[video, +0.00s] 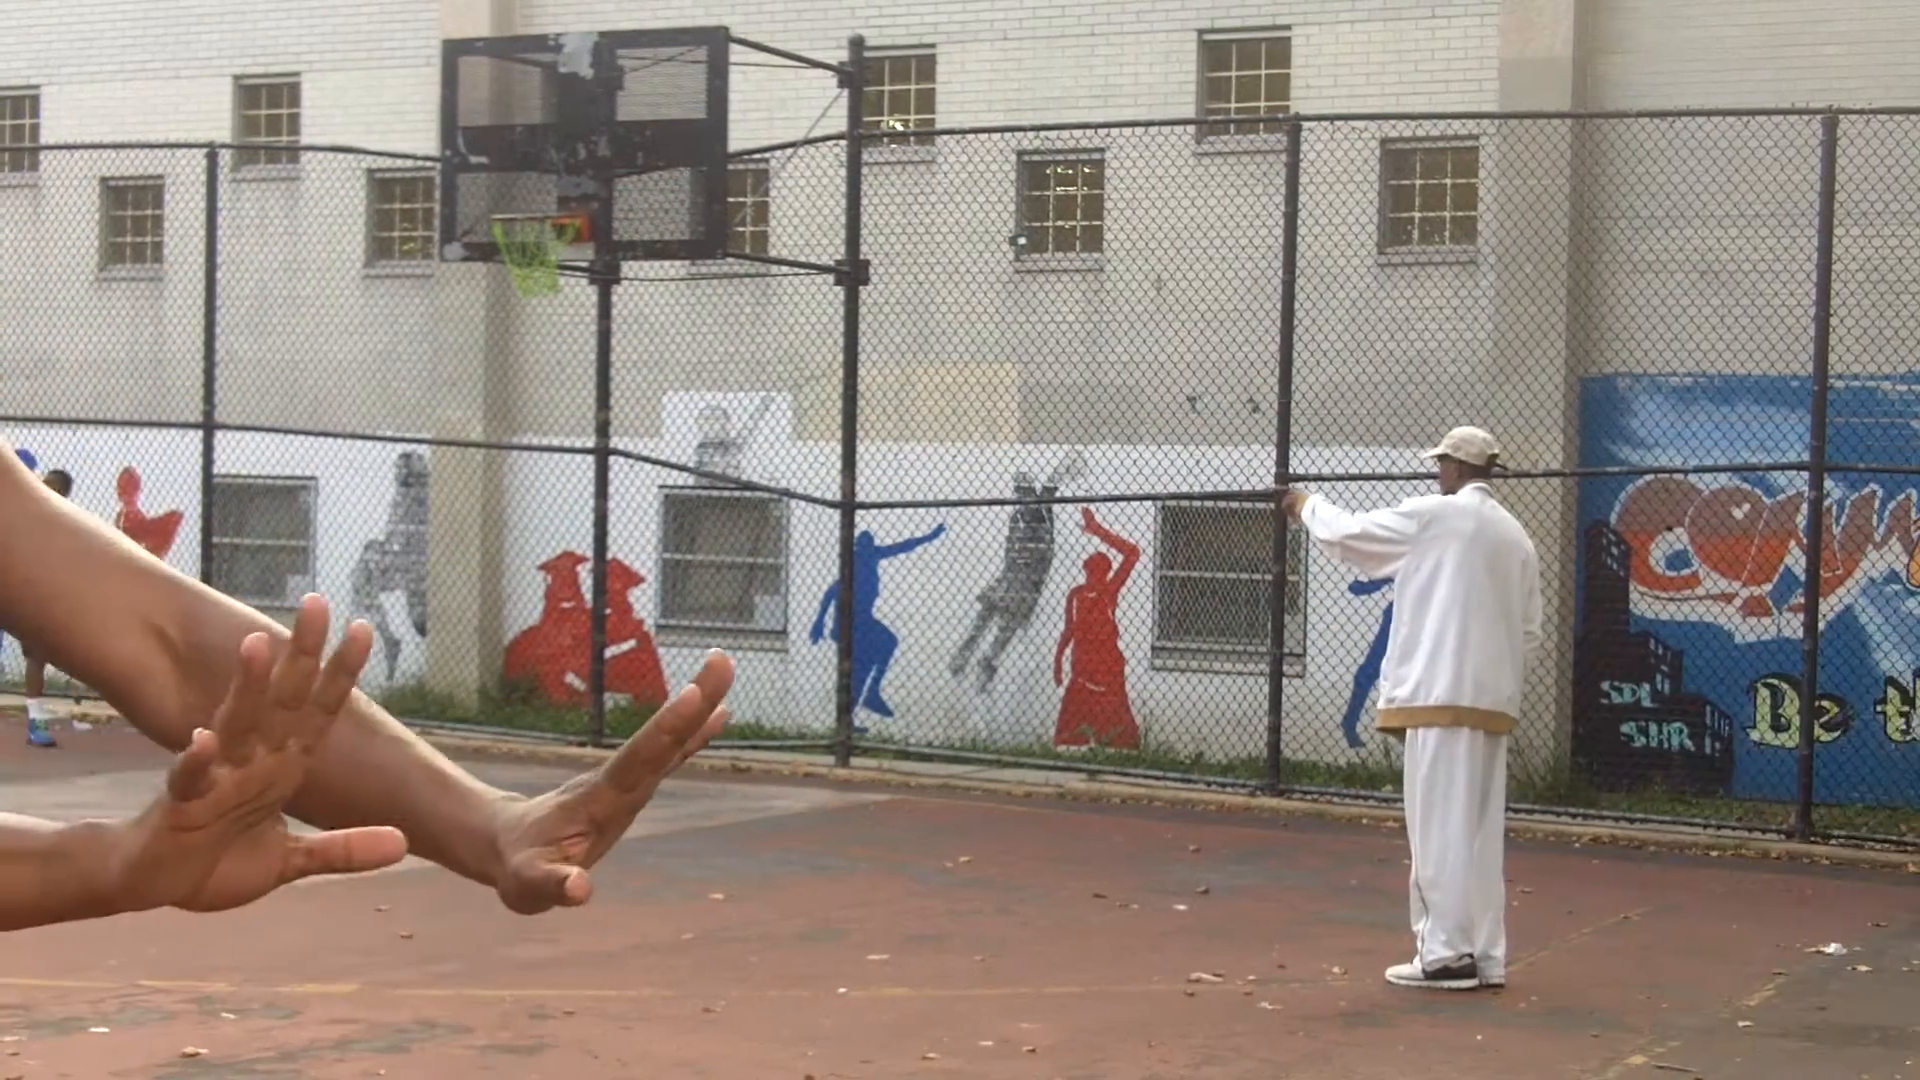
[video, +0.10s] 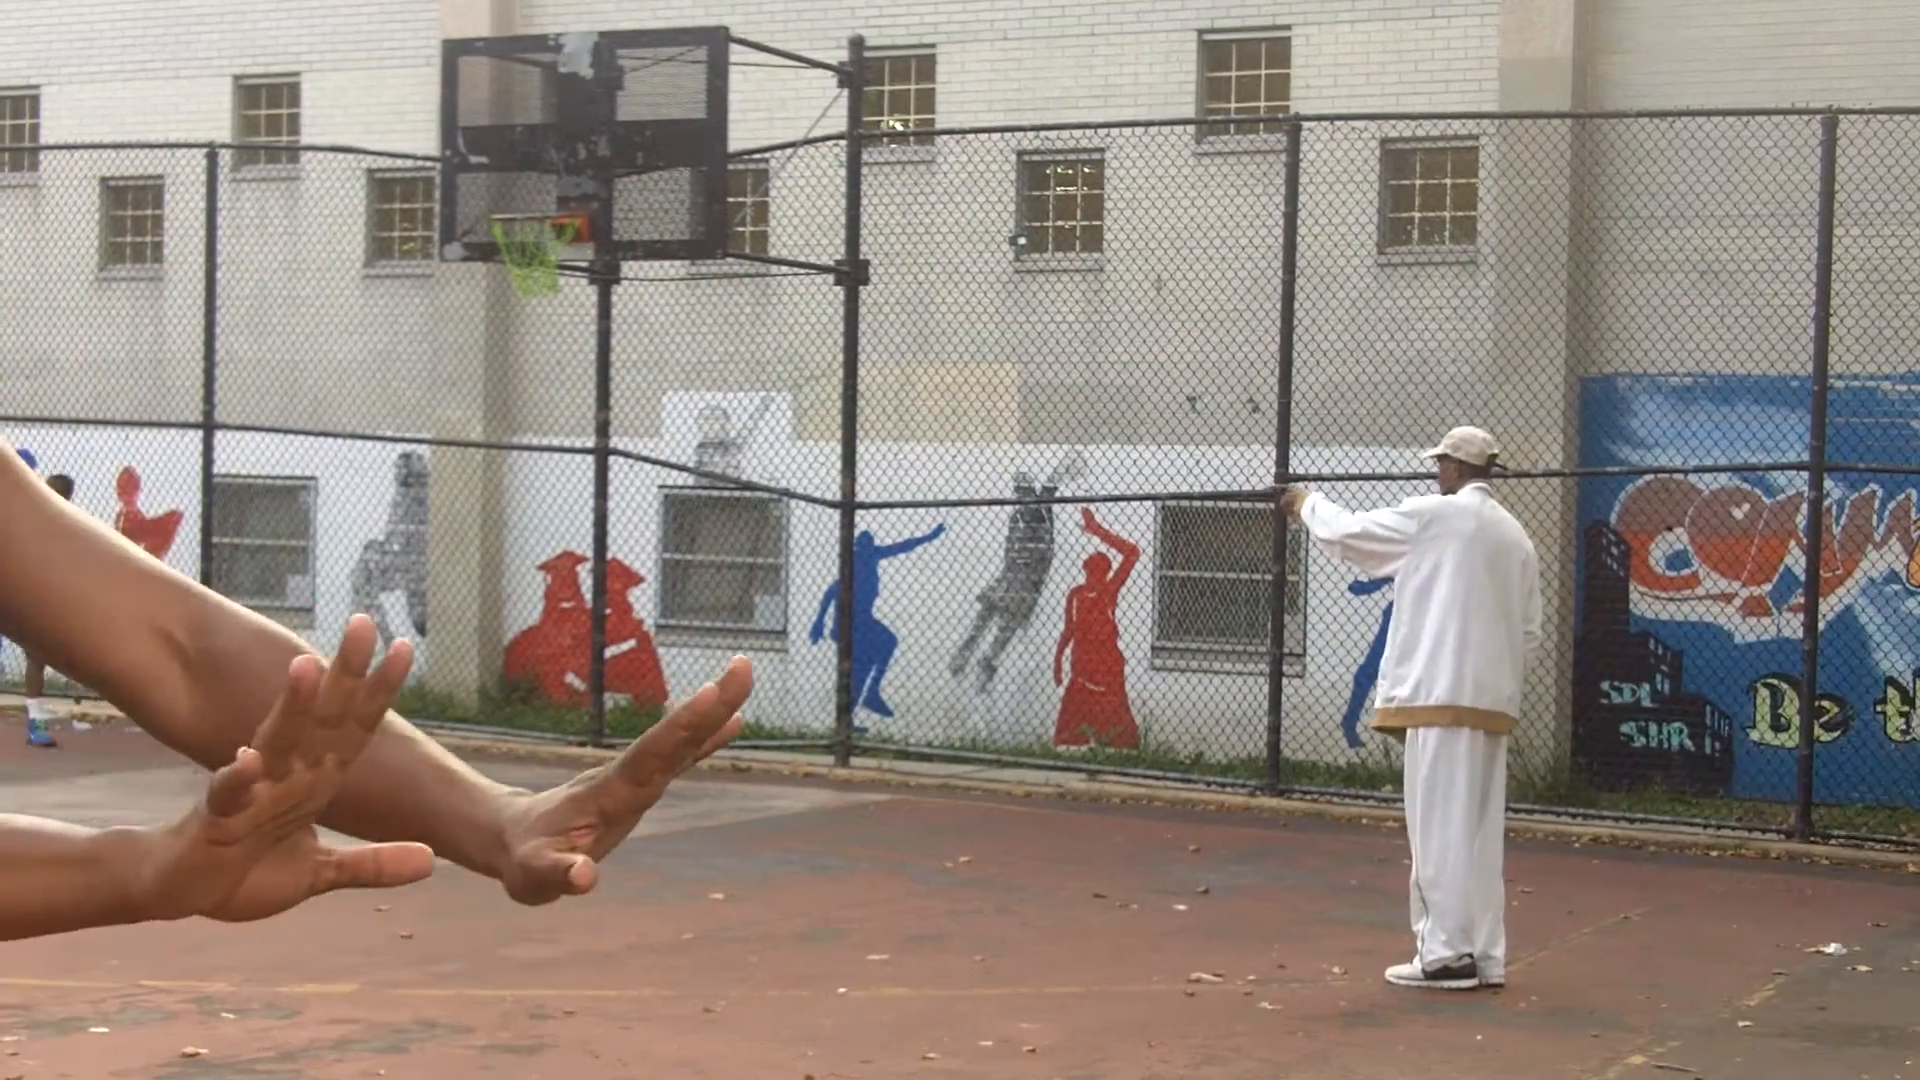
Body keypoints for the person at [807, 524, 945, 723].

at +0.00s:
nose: (867, 551)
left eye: (870, 547)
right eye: (864, 547)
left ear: (874, 547)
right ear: (857, 548)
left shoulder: (874, 556)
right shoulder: (854, 567)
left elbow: (902, 547)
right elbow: (832, 591)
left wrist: (929, 537)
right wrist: (818, 622)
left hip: (866, 621)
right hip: (848, 625)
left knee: (888, 642)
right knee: (863, 662)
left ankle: (873, 692)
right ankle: (845, 716)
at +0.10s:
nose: (868, 551)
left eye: (870, 547)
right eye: (864, 547)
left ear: (874, 547)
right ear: (857, 548)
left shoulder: (874, 556)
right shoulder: (853, 567)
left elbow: (902, 547)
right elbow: (832, 591)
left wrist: (928, 537)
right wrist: (818, 622)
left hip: (866, 621)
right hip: (848, 625)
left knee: (888, 642)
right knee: (863, 662)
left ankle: (873, 692)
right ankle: (845, 716)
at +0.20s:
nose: (867, 551)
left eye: (870, 547)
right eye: (864, 547)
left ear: (873, 547)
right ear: (857, 548)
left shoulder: (874, 556)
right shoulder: (853, 567)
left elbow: (902, 547)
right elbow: (831, 592)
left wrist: (929, 537)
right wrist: (818, 622)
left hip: (865, 620)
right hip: (848, 624)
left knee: (888, 642)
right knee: (864, 661)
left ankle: (872, 693)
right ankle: (845, 716)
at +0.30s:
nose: (868, 551)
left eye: (870, 547)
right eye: (864, 547)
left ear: (874, 547)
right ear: (858, 548)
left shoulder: (874, 556)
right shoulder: (854, 567)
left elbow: (902, 547)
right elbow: (832, 591)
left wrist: (929, 537)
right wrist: (818, 622)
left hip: (865, 620)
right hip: (849, 624)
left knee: (888, 642)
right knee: (864, 660)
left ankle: (873, 693)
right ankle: (845, 716)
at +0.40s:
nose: (868, 552)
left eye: (870, 547)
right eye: (864, 548)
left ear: (874, 548)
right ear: (857, 549)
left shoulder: (874, 556)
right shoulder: (853, 567)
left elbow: (902, 547)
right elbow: (831, 591)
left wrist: (929, 537)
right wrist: (818, 622)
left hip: (866, 620)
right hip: (848, 624)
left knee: (888, 642)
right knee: (864, 660)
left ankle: (873, 692)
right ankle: (845, 716)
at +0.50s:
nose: (868, 551)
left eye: (870, 547)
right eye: (864, 547)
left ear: (874, 547)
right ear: (857, 548)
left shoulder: (874, 556)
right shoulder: (853, 567)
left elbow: (902, 547)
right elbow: (832, 591)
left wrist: (929, 537)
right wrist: (818, 622)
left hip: (866, 620)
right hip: (848, 624)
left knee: (888, 642)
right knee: (864, 660)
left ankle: (873, 692)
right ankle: (845, 716)